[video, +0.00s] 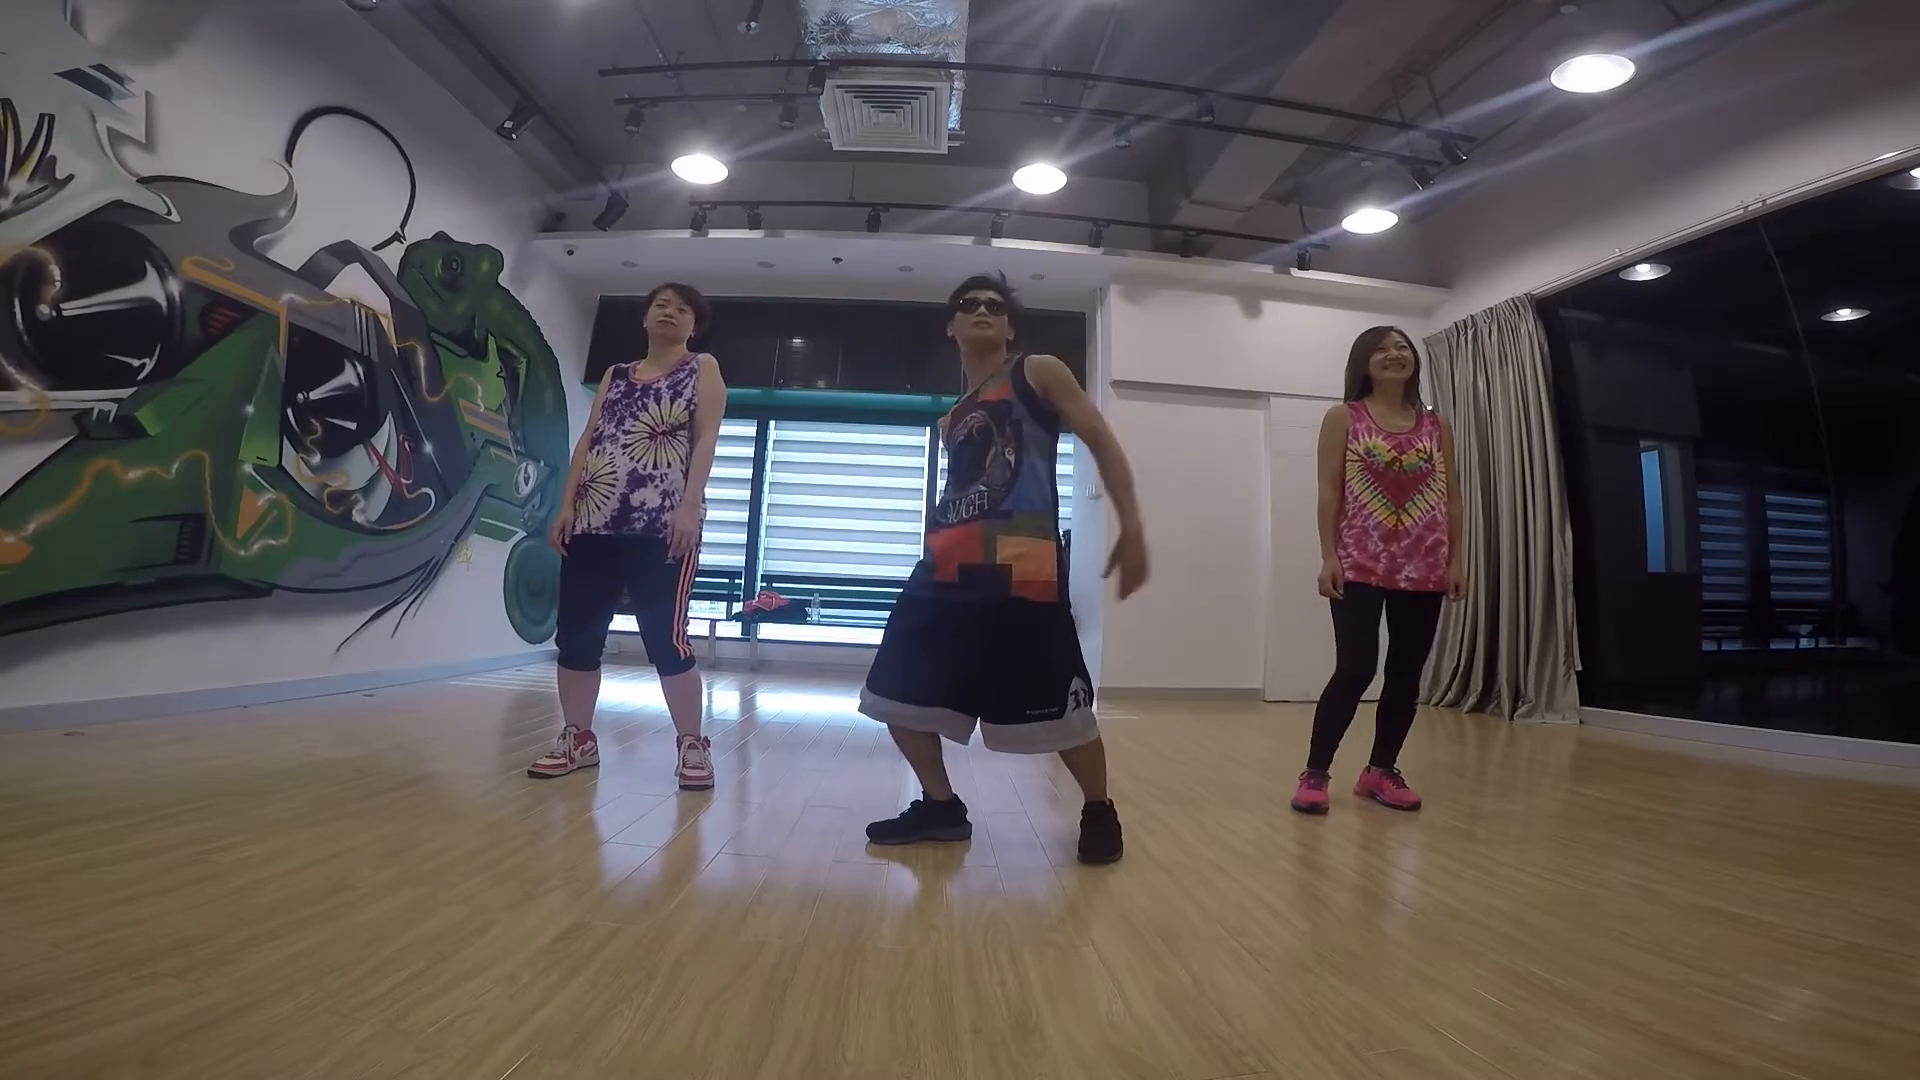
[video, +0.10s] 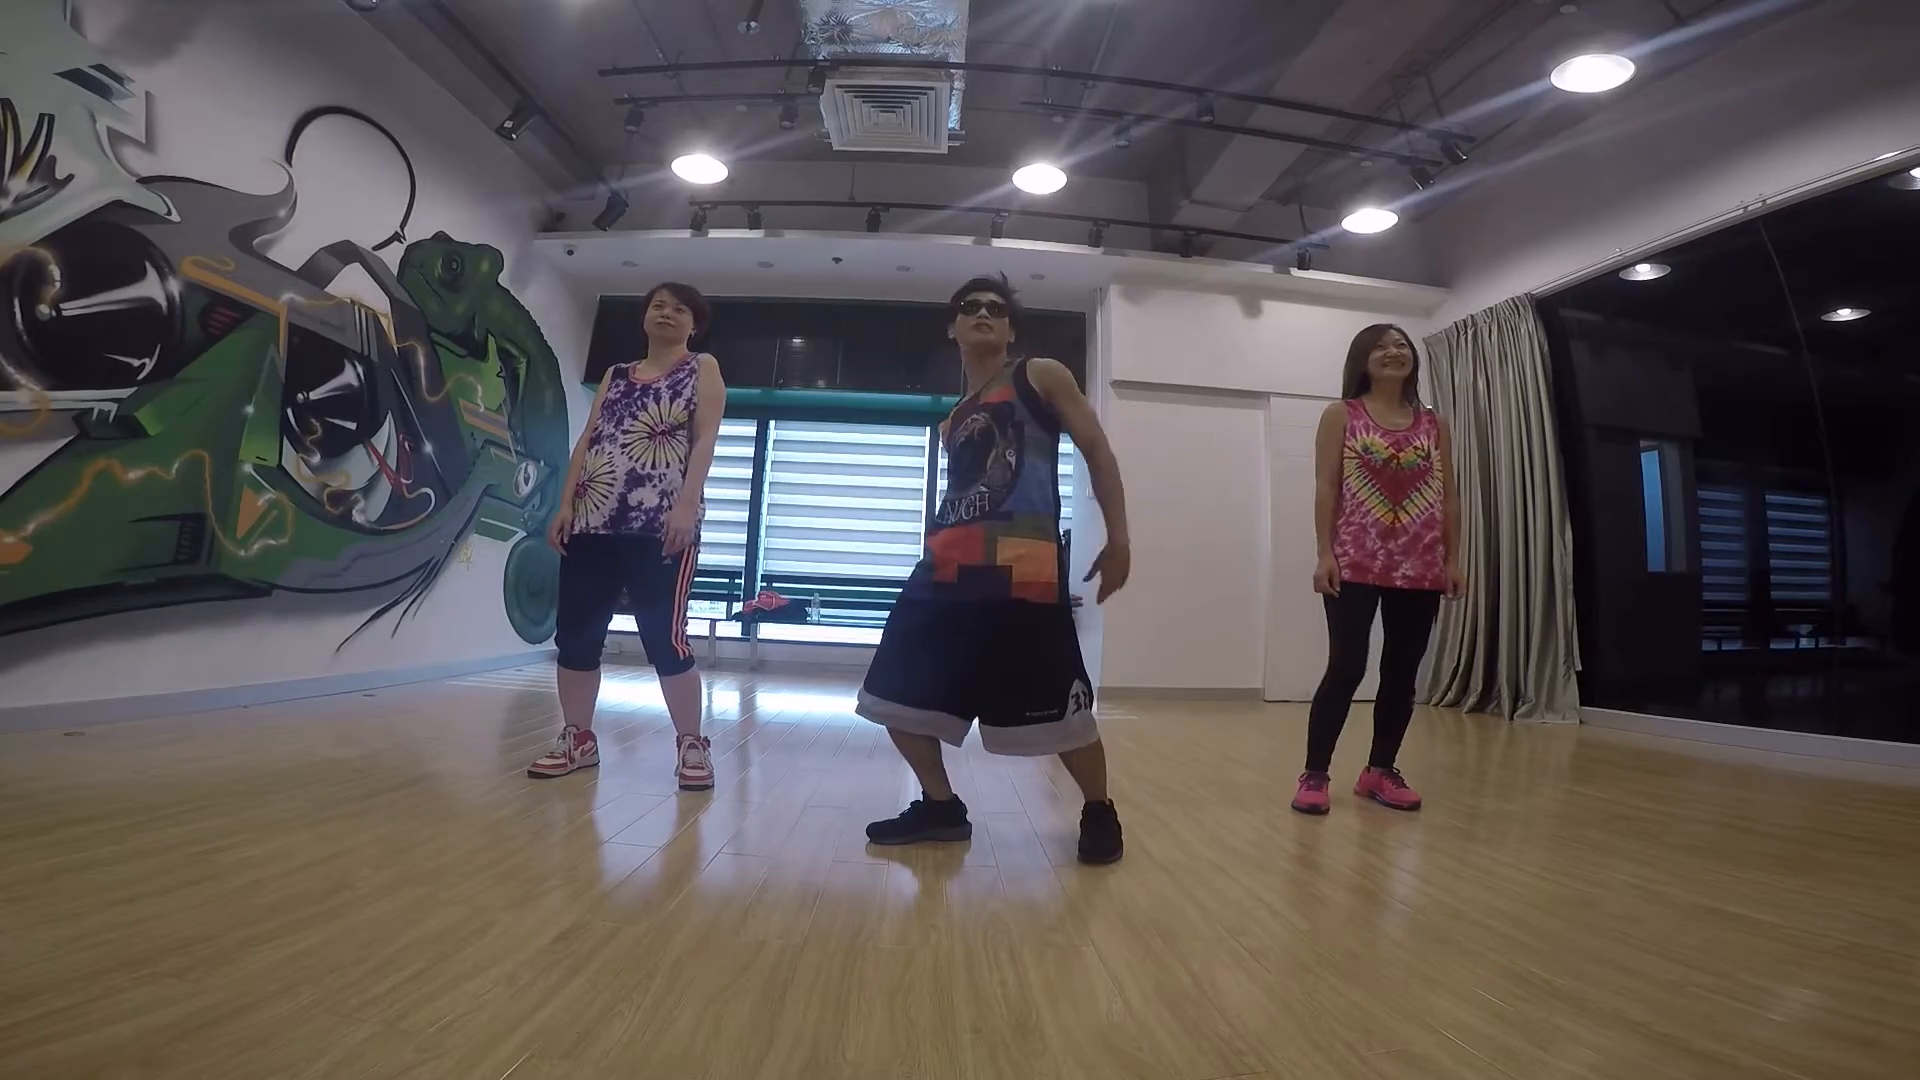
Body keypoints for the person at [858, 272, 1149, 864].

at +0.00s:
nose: (982, 313)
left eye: (994, 308)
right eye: (970, 307)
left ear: (1011, 328)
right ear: (951, 329)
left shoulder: (1038, 371)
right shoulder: (955, 418)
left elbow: (1101, 441)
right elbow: (967, 495)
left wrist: (1132, 527)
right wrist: (947, 556)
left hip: (1025, 568)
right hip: (947, 570)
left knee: (1060, 702)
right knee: (896, 693)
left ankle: (1098, 807)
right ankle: (939, 804)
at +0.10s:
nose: (984, 316)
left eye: (995, 310)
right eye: (971, 309)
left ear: (1011, 329)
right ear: (952, 330)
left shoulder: (1041, 375)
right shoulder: (956, 419)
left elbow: (1098, 454)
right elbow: (968, 498)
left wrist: (1118, 541)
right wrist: (945, 559)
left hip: (1028, 567)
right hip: (949, 569)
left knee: (1061, 702)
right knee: (895, 695)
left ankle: (1099, 810)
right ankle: (939, 804)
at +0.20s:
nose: (985, 317)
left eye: (997, 312)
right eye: (973, 310)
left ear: (1012, 331)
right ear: (953, 331)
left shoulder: (1042, 375)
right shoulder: (957, 420)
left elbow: (1104, 454)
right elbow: (969, 500)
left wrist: (1119, 543)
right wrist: (946, 560)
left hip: (1029, 568)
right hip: (950, 570)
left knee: (1062, 702)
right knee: (894, 695)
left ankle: (1099, 809)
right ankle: (939, 804)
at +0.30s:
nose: (984, 321)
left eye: (995, 315)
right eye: (972, 314)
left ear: (1011, 333)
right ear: (953, 334)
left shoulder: (1042, 377)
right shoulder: (957, 422)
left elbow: (1104, 456)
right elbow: (974, 500)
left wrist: (1126, 549)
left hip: (1030, 572)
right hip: (951, 574)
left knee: (1060, 706)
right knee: (894, 696)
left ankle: (1098, 809)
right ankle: (939, 804)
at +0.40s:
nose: (979, 319)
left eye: (990, 312)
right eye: (966, 312)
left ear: (1006, 327)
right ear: (947, 330)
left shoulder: (1039, 374)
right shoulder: (946, 423)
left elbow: (1108, 451)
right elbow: (935, 513)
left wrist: (1125, 543)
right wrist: (925, 580)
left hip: (1032, 572)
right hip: (949, 577)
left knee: (1061, 704)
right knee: (901, 695)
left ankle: (1094, 810)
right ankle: (940, 805)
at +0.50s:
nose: (980, 294)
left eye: (992, 286)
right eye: (967, 284)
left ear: (1009, 301)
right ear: (947, 299)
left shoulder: (1047, 358)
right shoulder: (939, 397)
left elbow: (1102, 435)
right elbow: (922, 486)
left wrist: (1116, 524)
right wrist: (883, 547)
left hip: (1045, 555)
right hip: (963, 558)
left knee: (1064, 687)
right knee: (928, 685)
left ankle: (1066, 803)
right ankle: (946, 803)